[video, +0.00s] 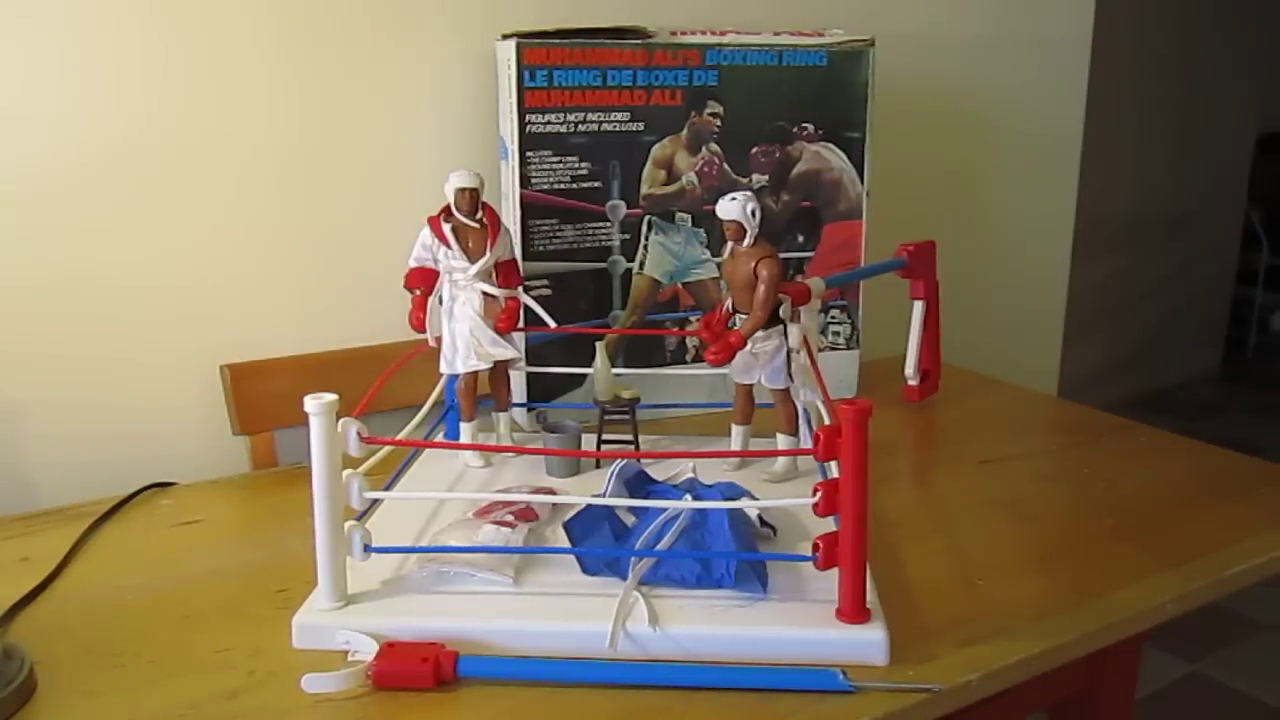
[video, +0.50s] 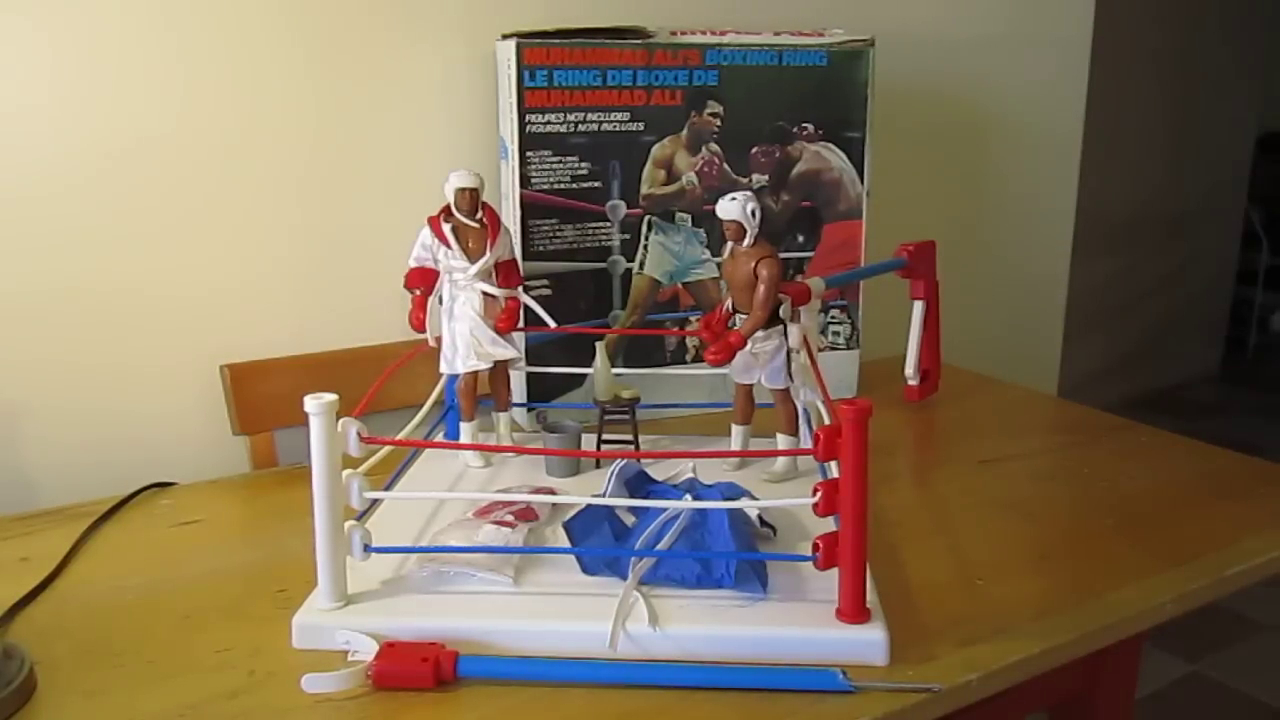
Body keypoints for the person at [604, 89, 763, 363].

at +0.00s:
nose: (719, 123)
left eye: (720, 117)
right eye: (713, 116)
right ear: (693, 117)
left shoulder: (712, 151)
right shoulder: (665, 150)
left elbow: (730, 181)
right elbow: (646, 198)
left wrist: (753, 181)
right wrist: (683, 184)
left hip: (692, 238)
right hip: (659, 235)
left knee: (718, 310)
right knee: (634, 316)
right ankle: (597, 373)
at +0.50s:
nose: (719, 123)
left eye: (720, 117)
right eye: (713, 116)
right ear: (693, 117)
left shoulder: (712, 151)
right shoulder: (665, 149)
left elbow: (729, 182)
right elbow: (646, 198)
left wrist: (752, 181)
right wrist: (682, 184)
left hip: (693, 237)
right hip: (659, 235)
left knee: (718, 310)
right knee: (635, 315)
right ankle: (597, 374)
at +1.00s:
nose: (719, 123)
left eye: (720, 117)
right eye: (713, 116)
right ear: (693, 116)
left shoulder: (712, 151)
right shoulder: (665, 149)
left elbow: (729, 181)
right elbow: (647, 198)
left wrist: (750, 182)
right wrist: (683, 184)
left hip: (693, 238)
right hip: (660, 235)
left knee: (718, 311)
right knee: (634, 315)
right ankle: (597, 374)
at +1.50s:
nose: (718, 123)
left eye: (720, 117)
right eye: (713, 116)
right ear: (693, 116)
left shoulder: (712, 151)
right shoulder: (664, 149)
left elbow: (730, 181)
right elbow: (647, 198)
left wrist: (750, 182)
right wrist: (681, 185)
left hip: (693, 237)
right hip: (660, 235)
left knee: (718, 310)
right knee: (635, 315)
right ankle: (597, 372)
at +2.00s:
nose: (718, 122)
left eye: (720, 117)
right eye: (713, 115)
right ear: (693, 115)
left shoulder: (712, 151)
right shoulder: (664, 149)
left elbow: (730, 181)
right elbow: (647, 198)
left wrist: (751, 182)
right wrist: (682, 184)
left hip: (693, 238)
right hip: (660, 236)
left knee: (719, 310)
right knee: (634, 316)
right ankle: (597, 372)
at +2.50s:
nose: (718, 122)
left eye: (720, 116)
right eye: (713, 115)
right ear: (694, 115)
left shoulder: (712, 151)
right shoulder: (665, 148)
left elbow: (731, 181)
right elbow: (646, 197)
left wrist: (752, 181)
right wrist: (682, 184)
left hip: (693, 237)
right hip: (660, 235)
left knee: (719, 309)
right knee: (635, 315)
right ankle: (597, 371)